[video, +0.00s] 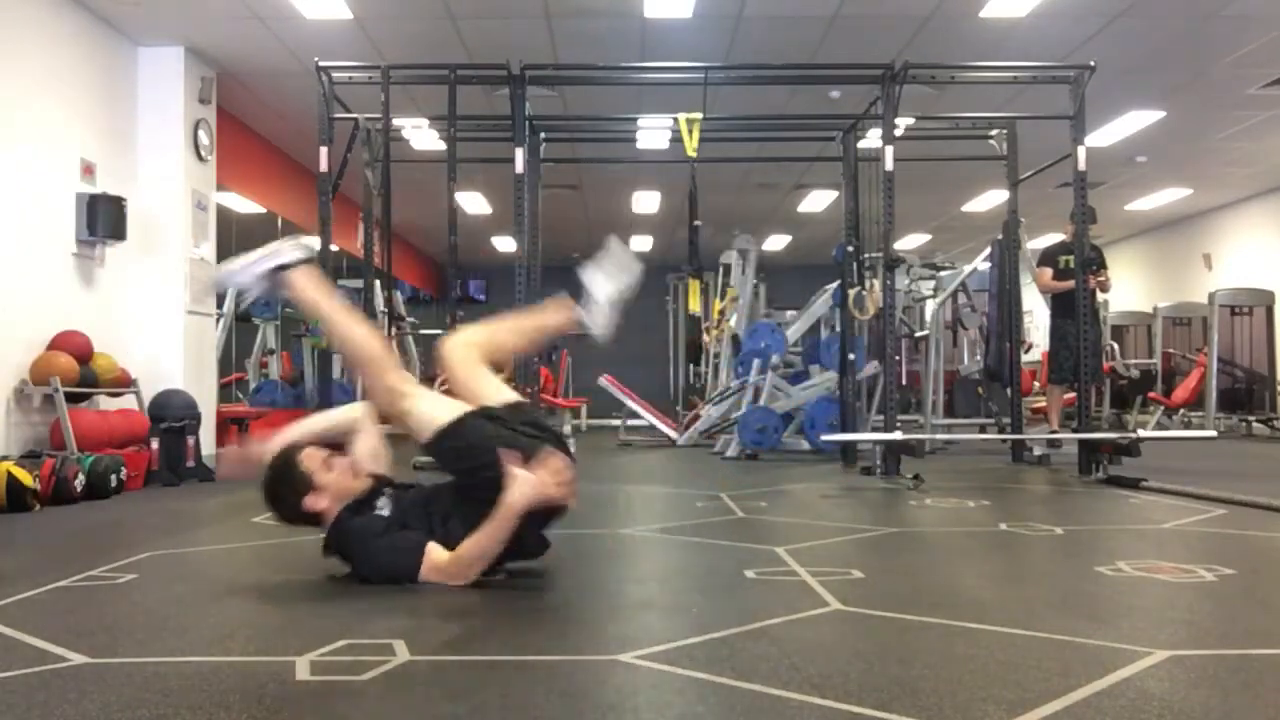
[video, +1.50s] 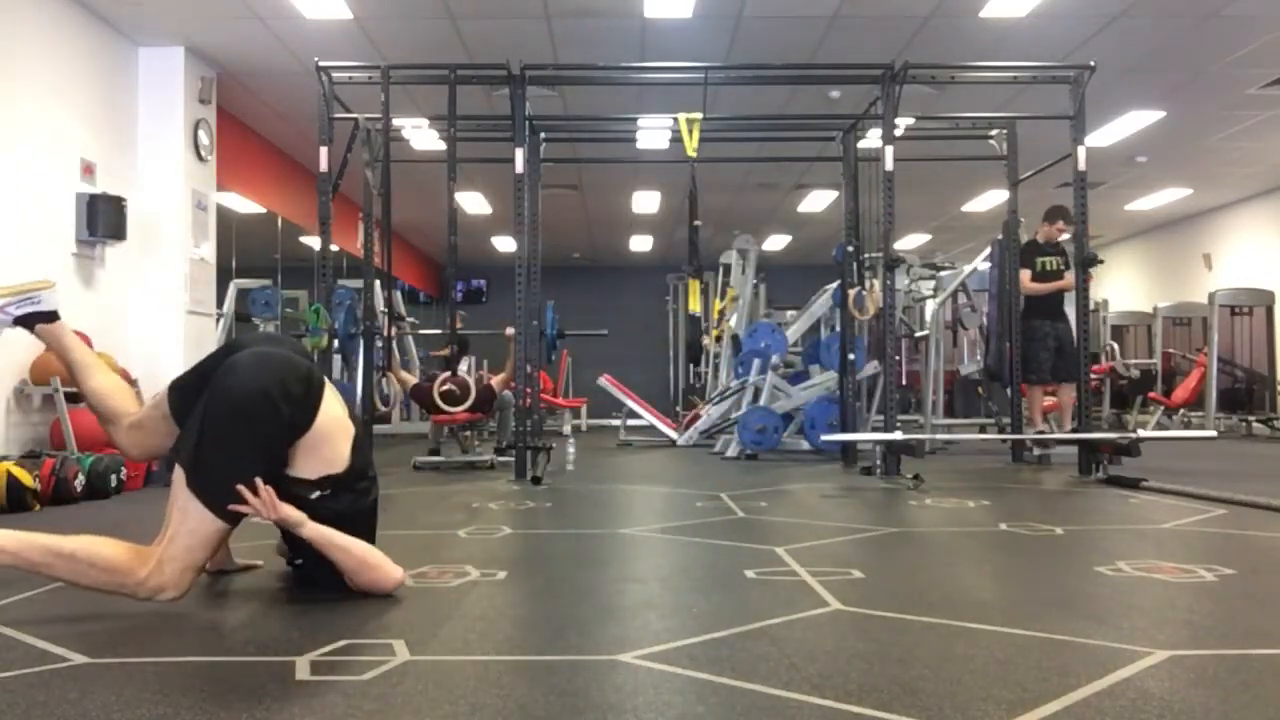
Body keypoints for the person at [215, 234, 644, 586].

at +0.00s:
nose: (344, 459)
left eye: (336, 456)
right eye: (329, 463)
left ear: (344, 467)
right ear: (317, 500)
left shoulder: (375, 494)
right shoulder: (359, 536)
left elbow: (365, 418)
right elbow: (453, 572)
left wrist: (284, 437)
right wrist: (517, 501)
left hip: (536, 455)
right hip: (512, 481)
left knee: (458, 347)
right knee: (391, 386)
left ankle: (583, 309)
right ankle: (293, 272)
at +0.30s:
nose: (285, 487)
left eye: (275, 492)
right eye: (277, 501)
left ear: (287, 501)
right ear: (287, 531)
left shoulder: (342, 504)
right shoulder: (332, 557)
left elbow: (275, 464)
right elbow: (433, 567)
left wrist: (234, 534)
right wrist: (400, 476)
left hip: (452, 397)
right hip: (461, 423)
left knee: (312, 342)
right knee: (268, 405)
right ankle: (103, 343)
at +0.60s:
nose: (271, 500)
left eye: (266, 501)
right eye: (265, 515)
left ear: (282, 497)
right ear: (277, 548)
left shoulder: (322, 508)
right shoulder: (324, 557)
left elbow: (261, 461)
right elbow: (417, 562)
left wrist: (228, 540)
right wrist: (363, 474)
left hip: (402, 370)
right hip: (406, 400)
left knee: (253, 373)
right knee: (209, 452)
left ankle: (168, 260)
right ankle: (28, 418)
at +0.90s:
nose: (253, 521)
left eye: (248, 524)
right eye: (252, 534)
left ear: (256, 518)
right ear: (270, 560)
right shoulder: (328, 563)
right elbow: (405, 566)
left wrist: (211, 552)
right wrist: (323, 498)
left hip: (319, 355)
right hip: (333, 386)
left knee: (182, 401)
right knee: (183, 543)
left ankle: (78, 309)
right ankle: (11, 528)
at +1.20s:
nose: (245, 536)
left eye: (245, 538)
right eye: (251, 537)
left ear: (248, 528)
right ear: (280, 546)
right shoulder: (313, 562)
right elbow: (395, 574)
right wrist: (298, 522)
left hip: (262, 354)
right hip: (286, 383)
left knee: (133, 416)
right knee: (159, 563)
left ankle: (27, 338)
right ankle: (6, 538)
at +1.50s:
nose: (296, 551)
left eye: (301, 557)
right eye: (308, 557)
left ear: (298, 556)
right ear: (331, 559)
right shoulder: (347, 552)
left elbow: (214, 448)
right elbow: (392, 579)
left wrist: (220, 551)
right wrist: (297, 521)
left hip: (252, 356)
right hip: (270, 389)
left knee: (134, 435)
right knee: (162, 577)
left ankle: (41, 319)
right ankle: (5, 541)